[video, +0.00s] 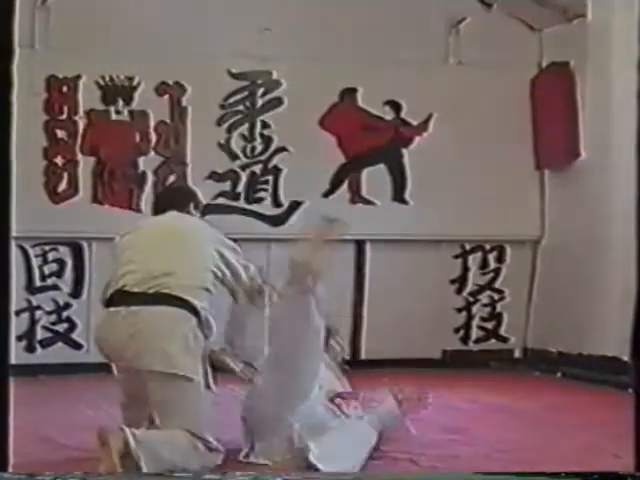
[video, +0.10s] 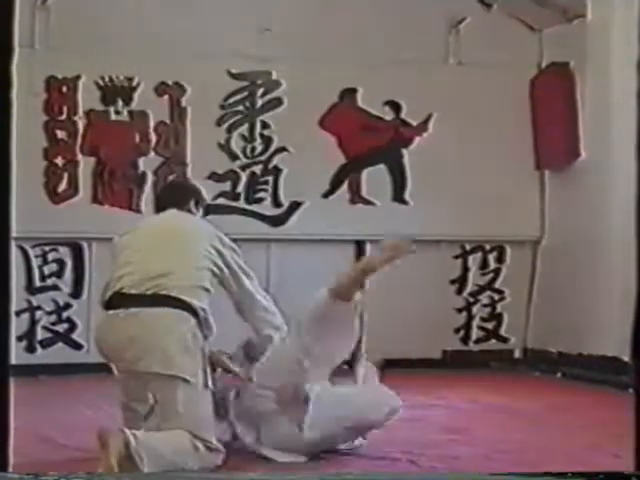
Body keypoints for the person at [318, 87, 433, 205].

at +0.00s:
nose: (357, 102)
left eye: (356, 98)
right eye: (355, 98)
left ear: (341, 99)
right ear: (348, 98)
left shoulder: (331, 118)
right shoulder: (354, 111)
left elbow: (322, 123)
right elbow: (377, 122)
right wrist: (394, 123)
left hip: (354, 157)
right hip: (371, 151)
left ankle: (355, 195)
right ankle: (399, 194)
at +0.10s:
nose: (356, 102)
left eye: (356, 99)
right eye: (355, 99)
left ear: (341, 99)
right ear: (348, 99)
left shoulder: (331, 118)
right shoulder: (353, 111)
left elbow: (322, 123)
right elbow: (377, 122)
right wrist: (394, 123)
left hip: (354, 157)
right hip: (371, 152)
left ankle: (355, 195)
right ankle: (399, 194)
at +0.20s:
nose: (357, 102)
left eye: (356, 99)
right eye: (355, 99)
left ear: (341, 100)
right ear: (349, 99)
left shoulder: (332, 119)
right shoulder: (354, 112)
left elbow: (322, 124)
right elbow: (377, 123)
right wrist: (394, 124)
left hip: (354, 157)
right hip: (371, 152)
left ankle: (355, 195)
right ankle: (399, 194)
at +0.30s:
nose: (357, 102)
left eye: (356, 99)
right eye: (355, 99)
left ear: (341, 99)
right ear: (347, 98)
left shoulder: (331, 119)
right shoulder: (353, 111)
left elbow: (321, 124)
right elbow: (377, 122)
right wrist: (394, 123)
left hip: (355, 157)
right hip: (372, 151)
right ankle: (399, 194)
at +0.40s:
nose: (357, 102)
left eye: (356, 99)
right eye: (355, 99)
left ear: (341, 100)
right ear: (348, 99)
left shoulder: (331, 120)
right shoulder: (354, 112)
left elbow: (322, 124)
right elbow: (377, 123)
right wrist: (394, 124)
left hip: (355, 158)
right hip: (372, 153)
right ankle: (399, 195)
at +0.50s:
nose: (356, 102)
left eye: (356, 99)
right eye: (355, 99)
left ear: (341, 99)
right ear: (348, 99)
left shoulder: (330, 119)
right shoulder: (353, 111)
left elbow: (321, 124)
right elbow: (377, 123)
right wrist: (394, 123)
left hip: (354, 158)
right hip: (372, 152)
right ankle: (398, 194)